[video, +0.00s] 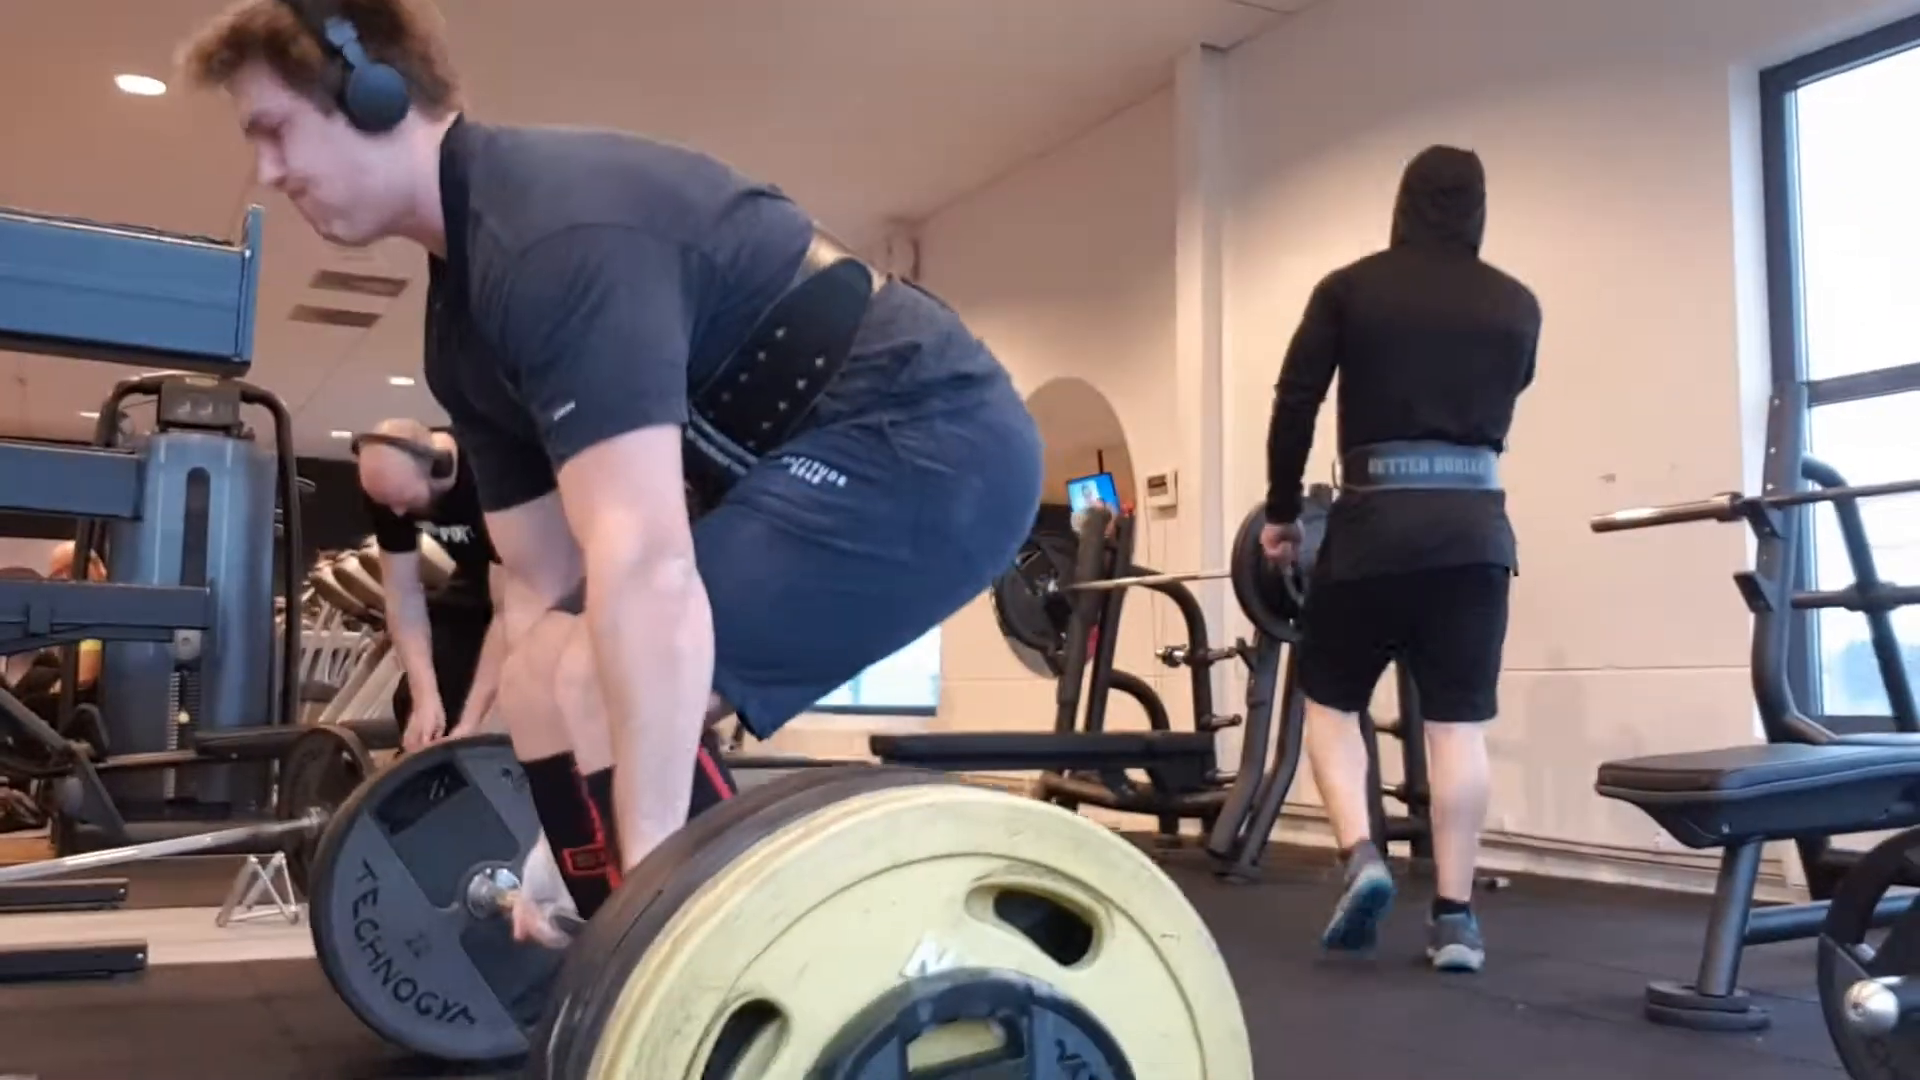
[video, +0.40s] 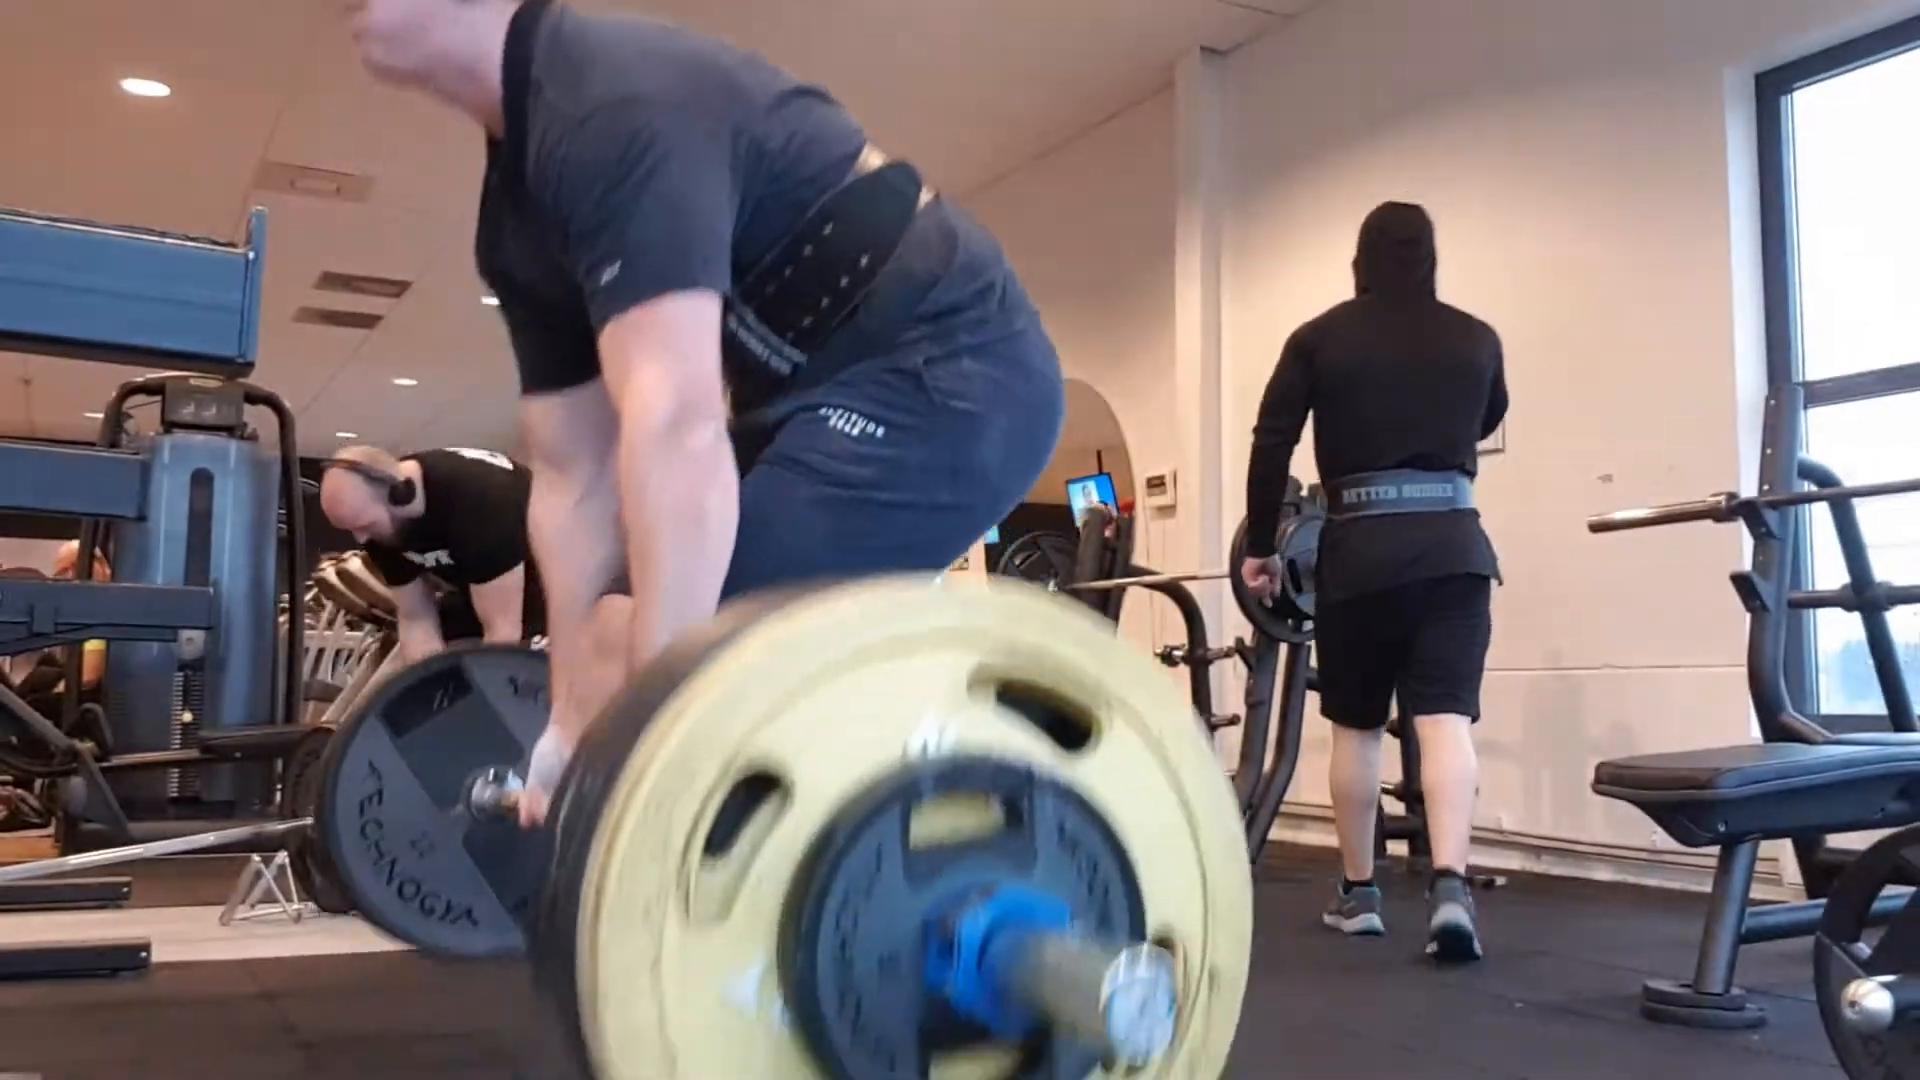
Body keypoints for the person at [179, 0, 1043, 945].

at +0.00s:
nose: (268, 176)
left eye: (275, 132)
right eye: (256, 145)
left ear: (373, 88)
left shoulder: (563, 232)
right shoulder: (459, 321)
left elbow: (650, 569)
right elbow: (535, 585)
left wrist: (654, 897)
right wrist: (515, 836)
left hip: (920, 431)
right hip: (816, 455)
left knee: (603, 678)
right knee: (535, 676)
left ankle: (735, 971)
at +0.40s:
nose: (356, 15)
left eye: (374, 2)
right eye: (359, 11)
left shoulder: (621, 106)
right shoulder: (517, 206)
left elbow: (679, 427)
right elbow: (569, 470)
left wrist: (669, 720)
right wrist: (569, 720)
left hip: (942, 370)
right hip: (824, 394)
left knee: (688, 667)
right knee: (603, 638)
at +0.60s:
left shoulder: (643, 15)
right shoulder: (532, 106)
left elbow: (703, 300)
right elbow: (589, 366)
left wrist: (692, 596)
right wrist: (594, 613)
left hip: (921, 328)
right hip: (790, 349)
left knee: (763, 694)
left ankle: (720, 1045)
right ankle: (699, 1036)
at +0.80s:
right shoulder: (547, 17)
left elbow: (732, 153)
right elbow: (609, 248)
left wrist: (758, 465)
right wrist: (621, 493)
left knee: (697, 639)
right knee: (695, 642)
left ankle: (713, 1051)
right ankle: (696, 1042)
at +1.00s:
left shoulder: (781, 11)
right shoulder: (644, 33)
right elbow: (639, 186)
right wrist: (621, 414)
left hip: (764, 345)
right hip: (679, 359)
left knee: (732, 630)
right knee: (656, 623)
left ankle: (736, 1054)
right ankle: (681, 1033)